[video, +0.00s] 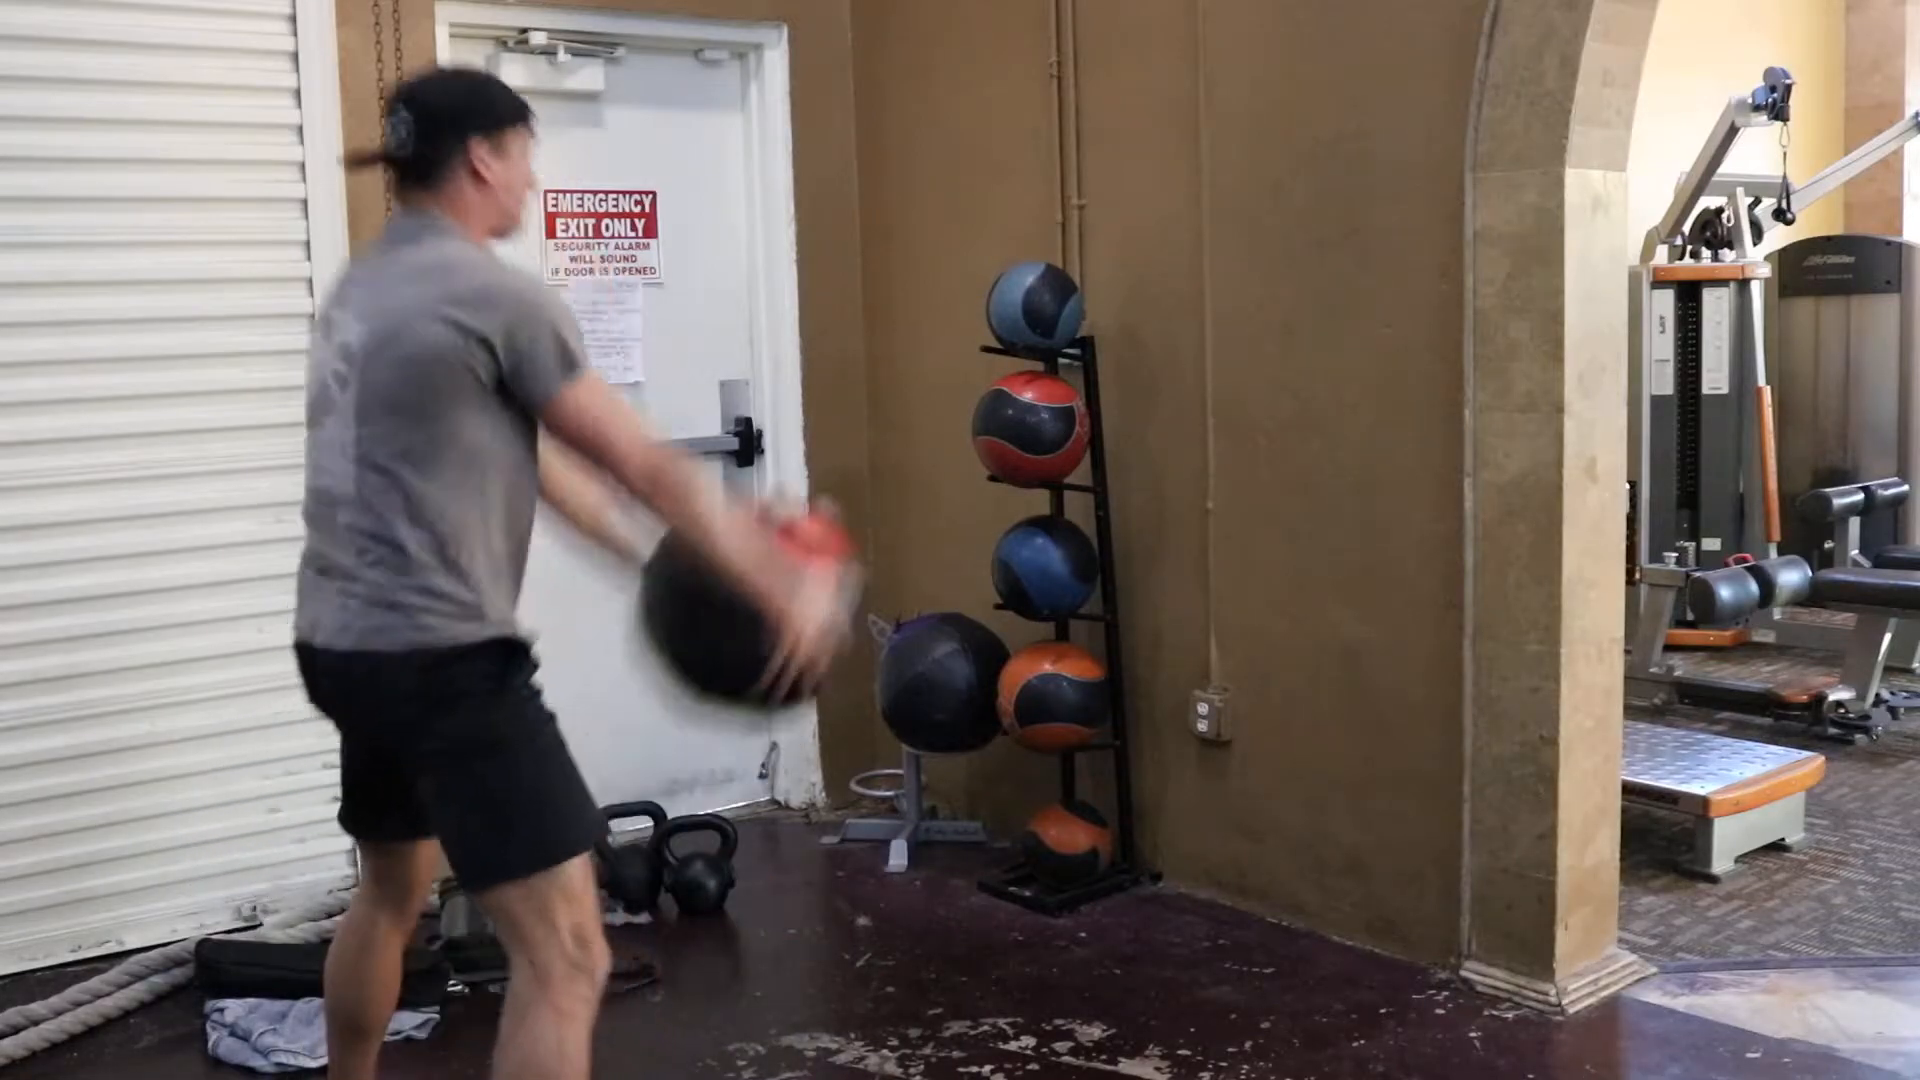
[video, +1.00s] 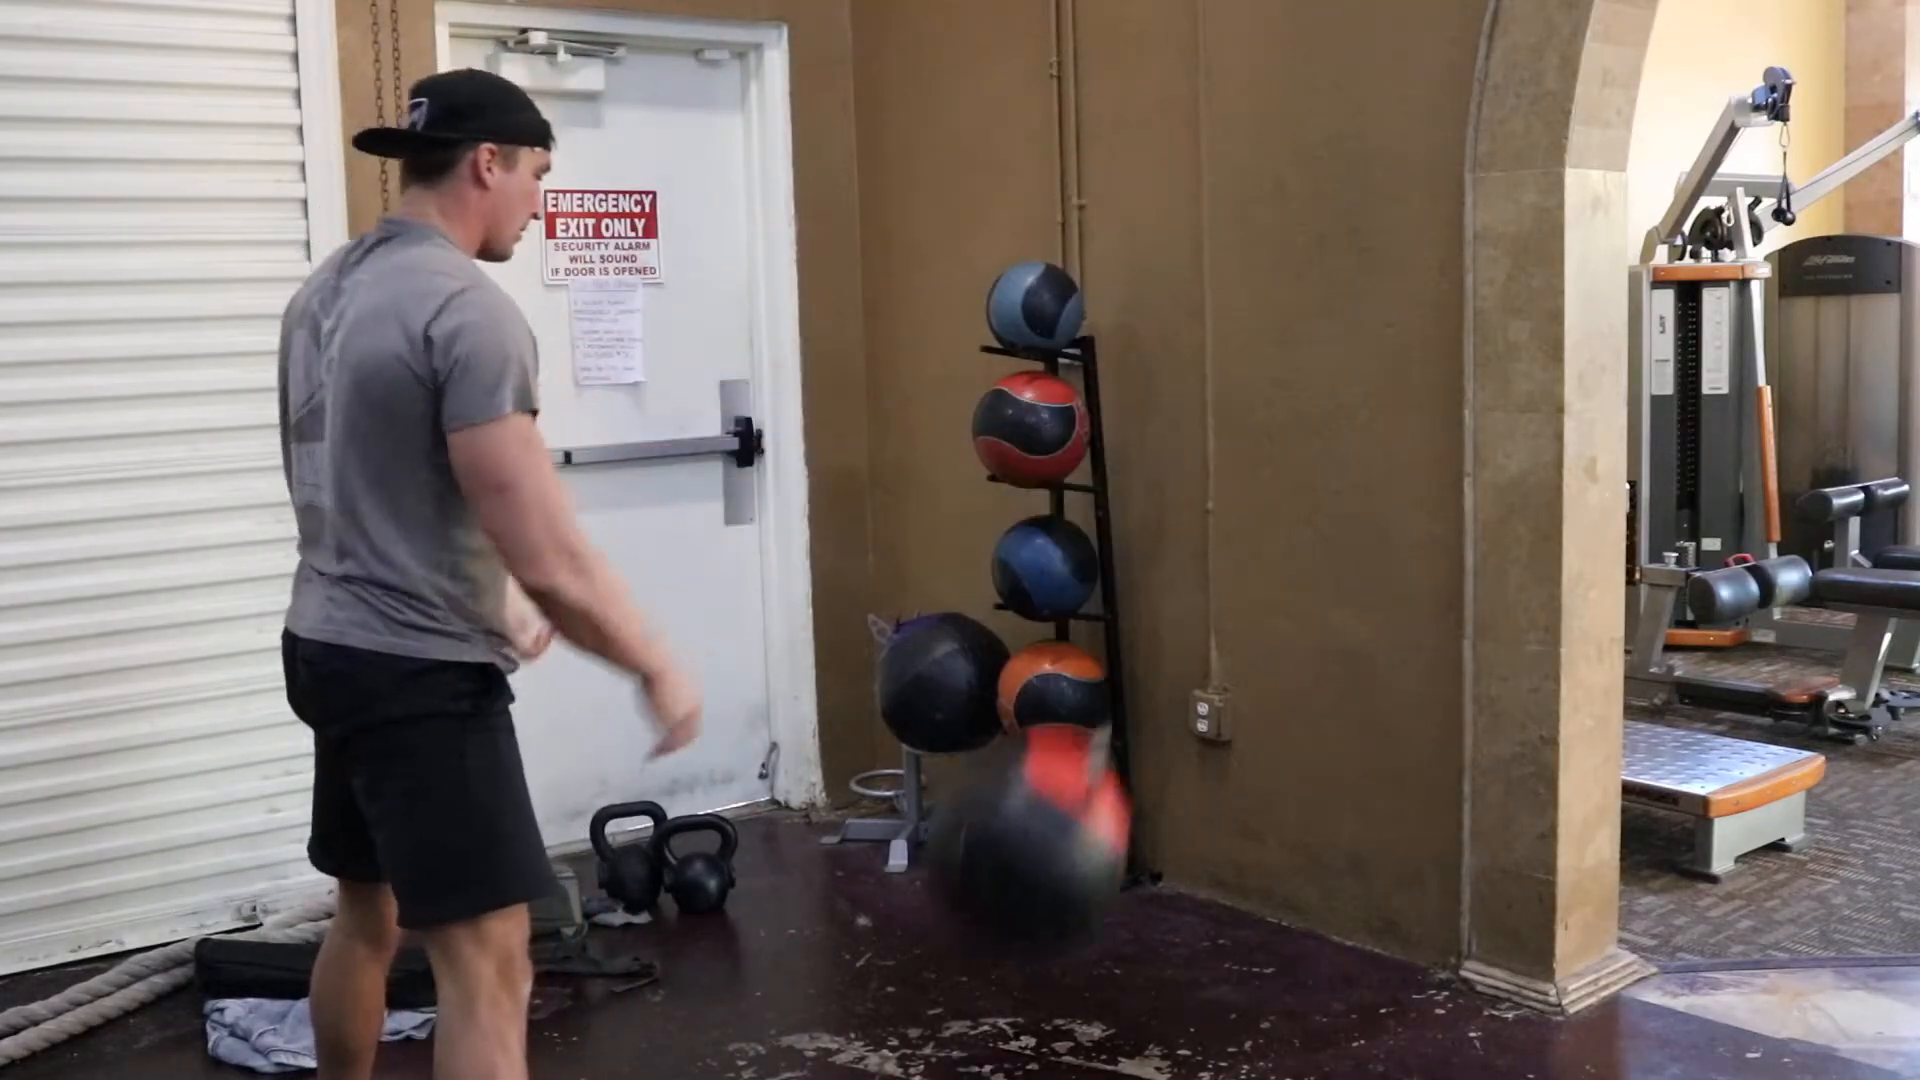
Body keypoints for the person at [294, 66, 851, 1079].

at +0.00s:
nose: (532, 179)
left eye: (529, 156)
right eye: (523, 155)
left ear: (434, 162)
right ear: (481, 160)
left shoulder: (363, 284)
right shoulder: (493, 293)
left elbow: (533, 459)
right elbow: (642, 462)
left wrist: (665, 561)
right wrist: (786, 590)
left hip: (342, 645)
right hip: (448, 655)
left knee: (390, 894)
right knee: (564, 956)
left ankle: (346, 1073)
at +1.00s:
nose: (539, 201)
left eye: (542, 178)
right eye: (536, 174)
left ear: (439, 165)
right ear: (487, 166)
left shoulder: (323, 290)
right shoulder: (467, 308)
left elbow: (356, 491)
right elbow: (546, 561)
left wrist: (485, 593)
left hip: (329, 654)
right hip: (425, 672)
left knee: (364, 921)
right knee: (484, 968)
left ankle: (340, 1078)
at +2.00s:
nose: (710, 609)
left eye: (719, 584)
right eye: (715, 579)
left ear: (619, 542)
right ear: (677, 558)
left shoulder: (516, 573)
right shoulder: (620, 641)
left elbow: (454, 842)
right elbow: (560, 892)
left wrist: (489, 1048)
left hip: (214, 767)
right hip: (308, 793)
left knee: (396, 909)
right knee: (594, 997)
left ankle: (343, 1070)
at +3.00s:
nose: (721, 729)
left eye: (727, 708)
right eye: (724, 706)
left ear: (625, 670)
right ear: (687, 695)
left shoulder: (530, 692)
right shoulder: (622, 769)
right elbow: (516, 944)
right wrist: (456, 1068)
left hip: (203, 829)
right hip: (303, 853)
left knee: (372, 949)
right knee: (604, 1004)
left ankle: (307, 1060)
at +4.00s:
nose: (491, 169)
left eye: (485, 151)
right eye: (486, 154)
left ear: (370, 149)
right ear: (452, 161)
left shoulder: (320, 262)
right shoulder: (430, 257)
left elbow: (372, 79)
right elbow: (535, 29)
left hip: (385, 644)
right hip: (484, 649)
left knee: (388, 915)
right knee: (509, 959)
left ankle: (351, 1076)